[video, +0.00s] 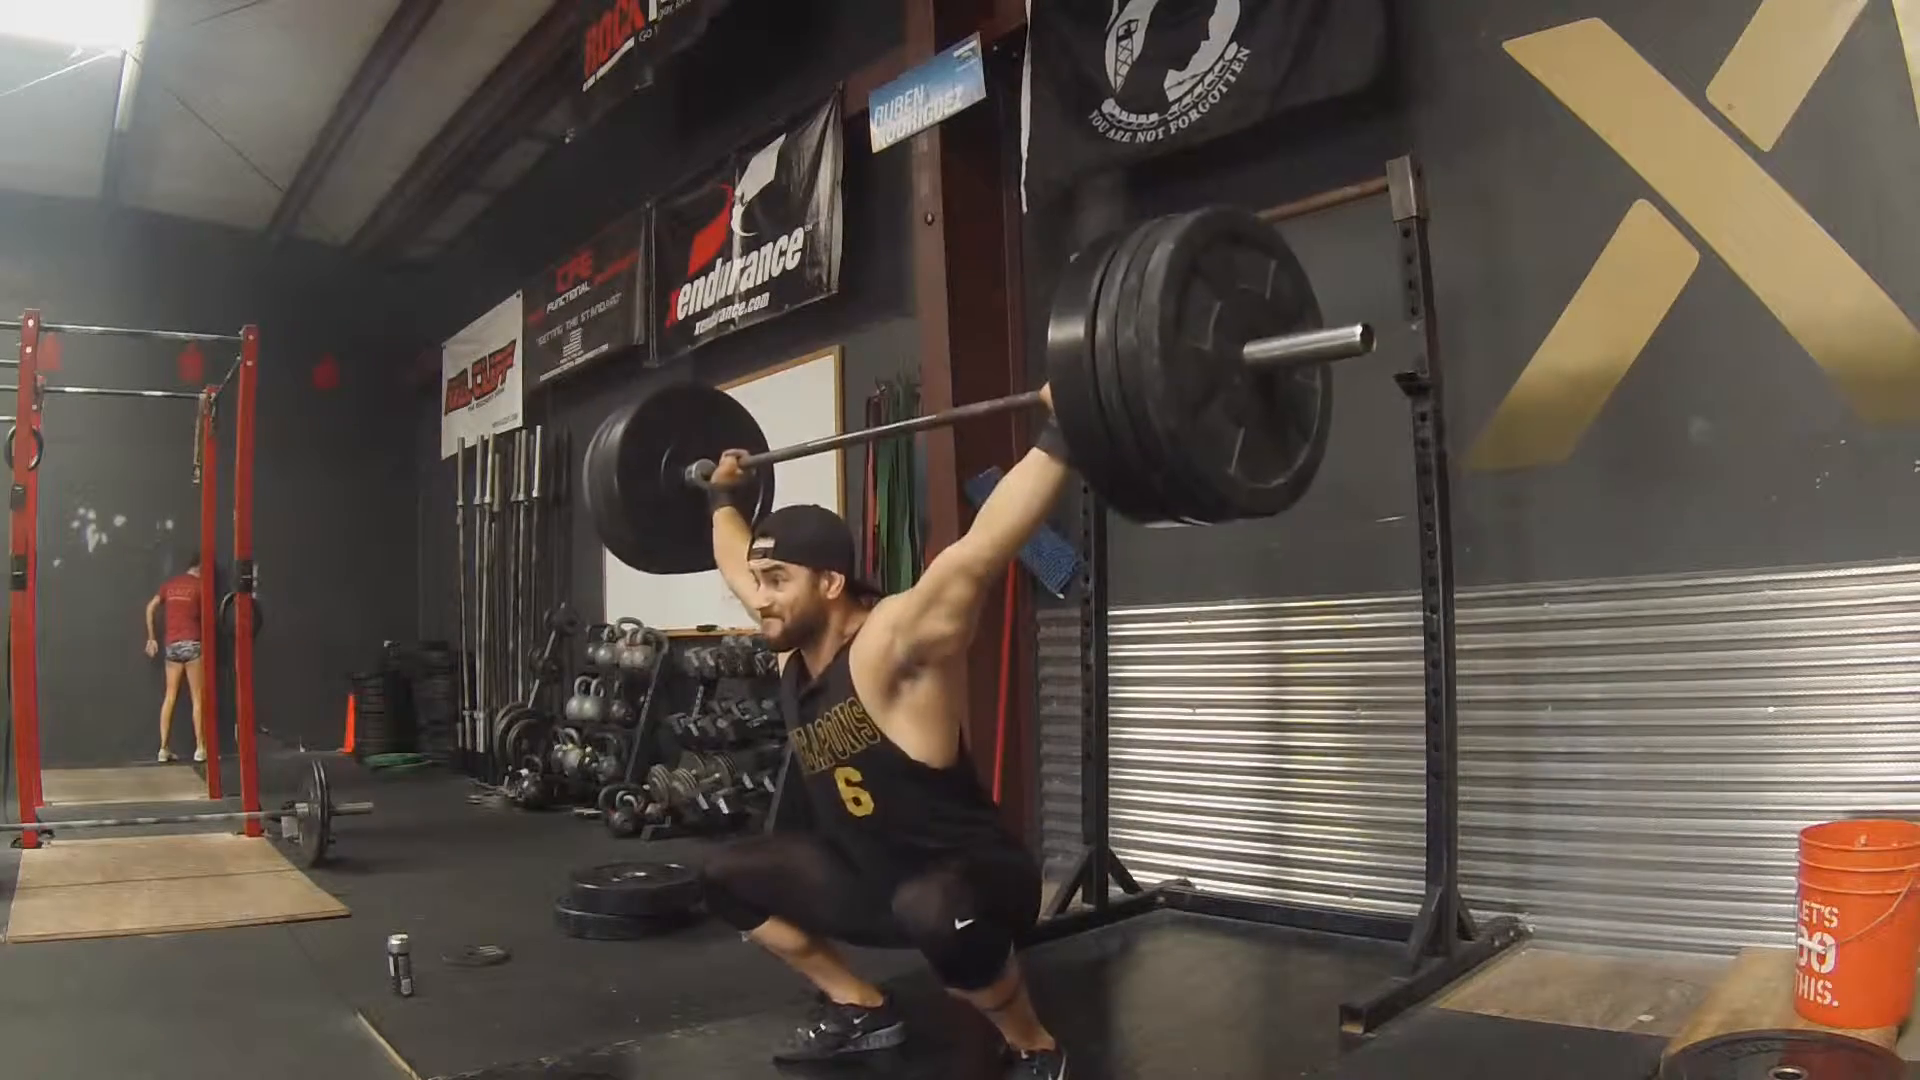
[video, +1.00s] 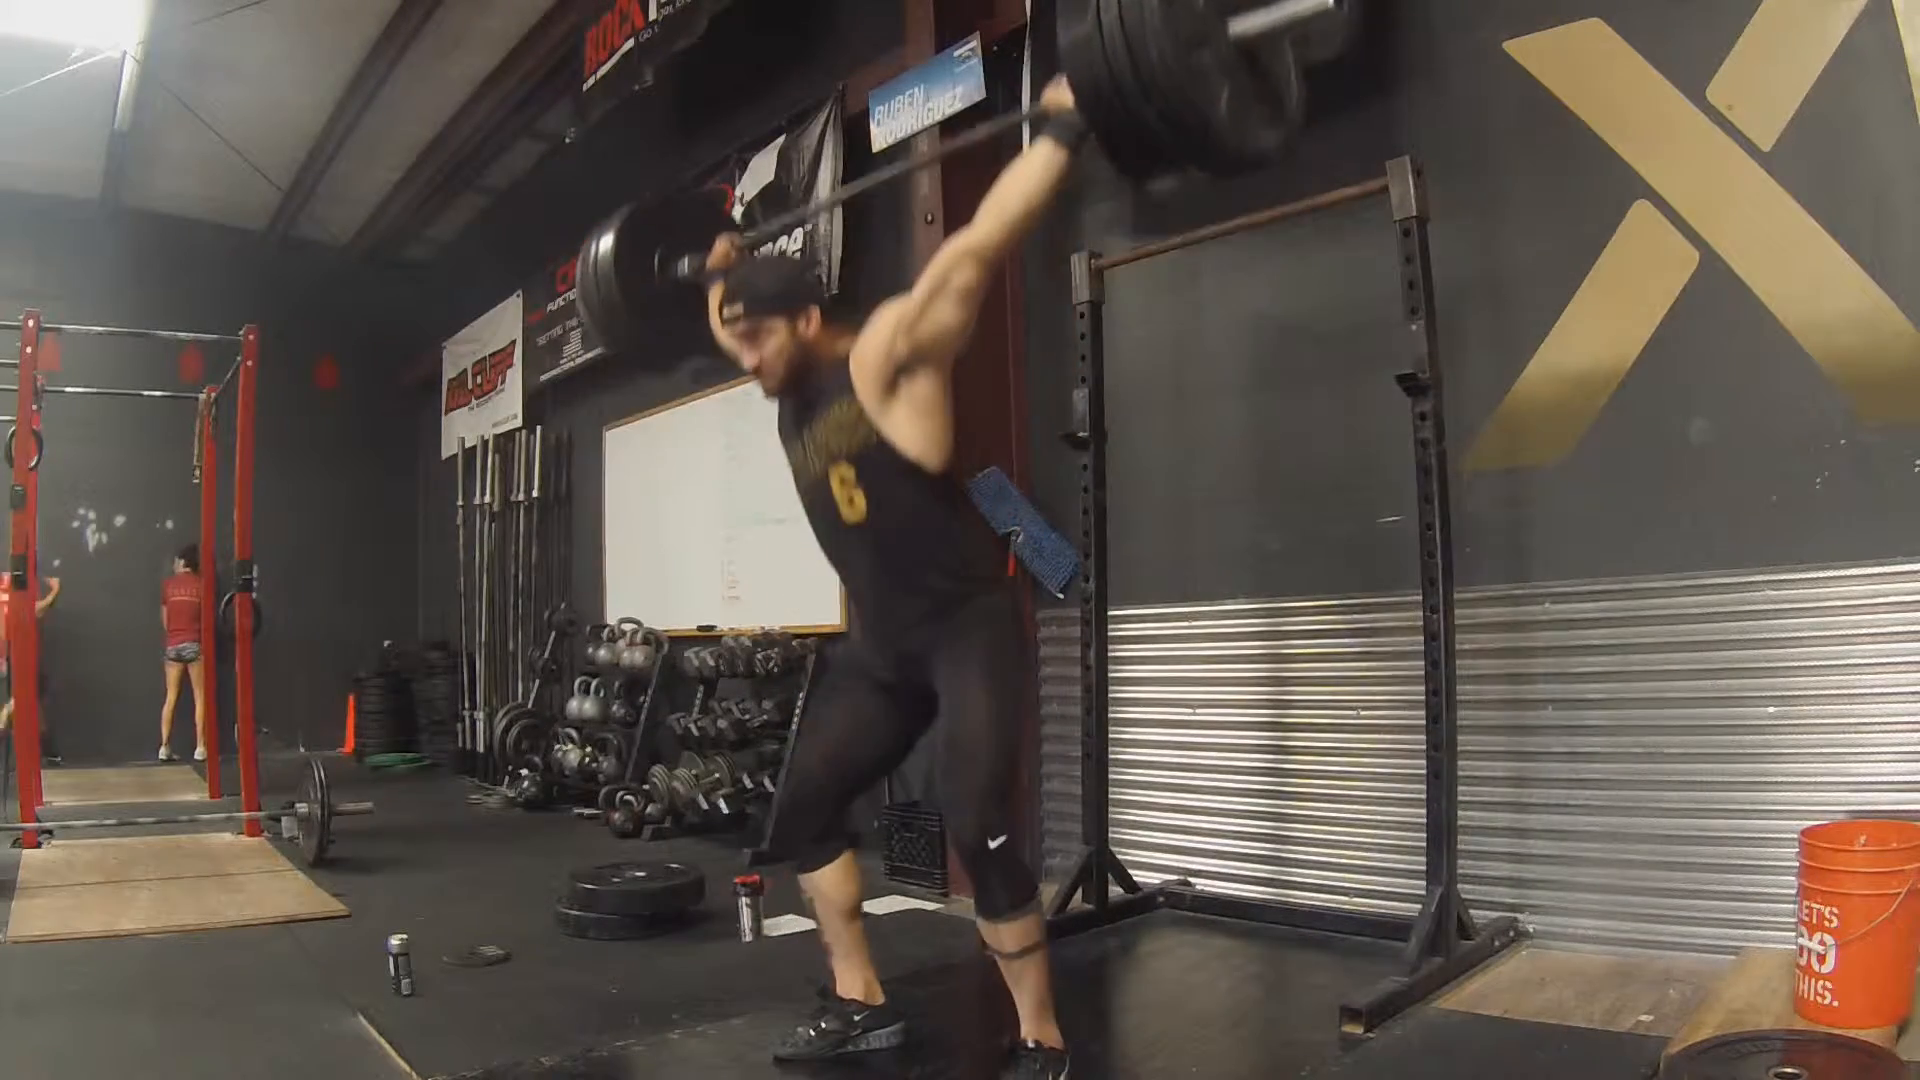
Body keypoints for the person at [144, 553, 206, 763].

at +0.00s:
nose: (205, 575)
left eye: (204, 570)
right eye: (205, 571)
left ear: (189, 566)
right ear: (201, 569)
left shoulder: (170, 583)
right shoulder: (201, 587)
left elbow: (150, 607)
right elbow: (208, 616)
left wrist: (151, 637)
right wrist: (209, 641)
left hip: (171, 640)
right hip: (193, 639)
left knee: (169, 696)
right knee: (197, 698)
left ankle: (163, 748)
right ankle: (200, 747)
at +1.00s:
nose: (174, 565)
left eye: (176, 562)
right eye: (176, 562)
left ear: (182, 563)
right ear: (194, 563)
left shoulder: (168, 584)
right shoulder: (202, 583)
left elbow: (165, 616)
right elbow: (207, 614)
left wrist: (170, 633)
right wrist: (205, 635)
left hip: (173, 642)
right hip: (194, 641)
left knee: (170, 696)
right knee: (199, 696)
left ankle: (164, 745)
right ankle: (201, 745)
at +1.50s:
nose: (172, 564)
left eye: (175, 560)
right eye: (173, 560)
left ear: (185, 562)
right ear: (192, 562)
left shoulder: (174, 585)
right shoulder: (204, 586)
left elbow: (161, 615)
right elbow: (210, 615)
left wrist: (147, 643)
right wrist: (209, 640)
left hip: (176, 645)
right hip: (199, 644)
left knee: (170, 696)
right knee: (202, 696)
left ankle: (164, 745)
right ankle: (210, 745)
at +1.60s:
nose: (176, 565)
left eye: (178, 560)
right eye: (177, 560)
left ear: (188, 562)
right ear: (194, 563)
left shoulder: (179, 584)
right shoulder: (207, 584)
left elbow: (167, 614)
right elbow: (213, 613)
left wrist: (151, 642)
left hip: (180, 644)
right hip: (201, 644)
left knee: (172, 696)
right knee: (205, 696)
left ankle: (165, 746)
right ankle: (212, 746)